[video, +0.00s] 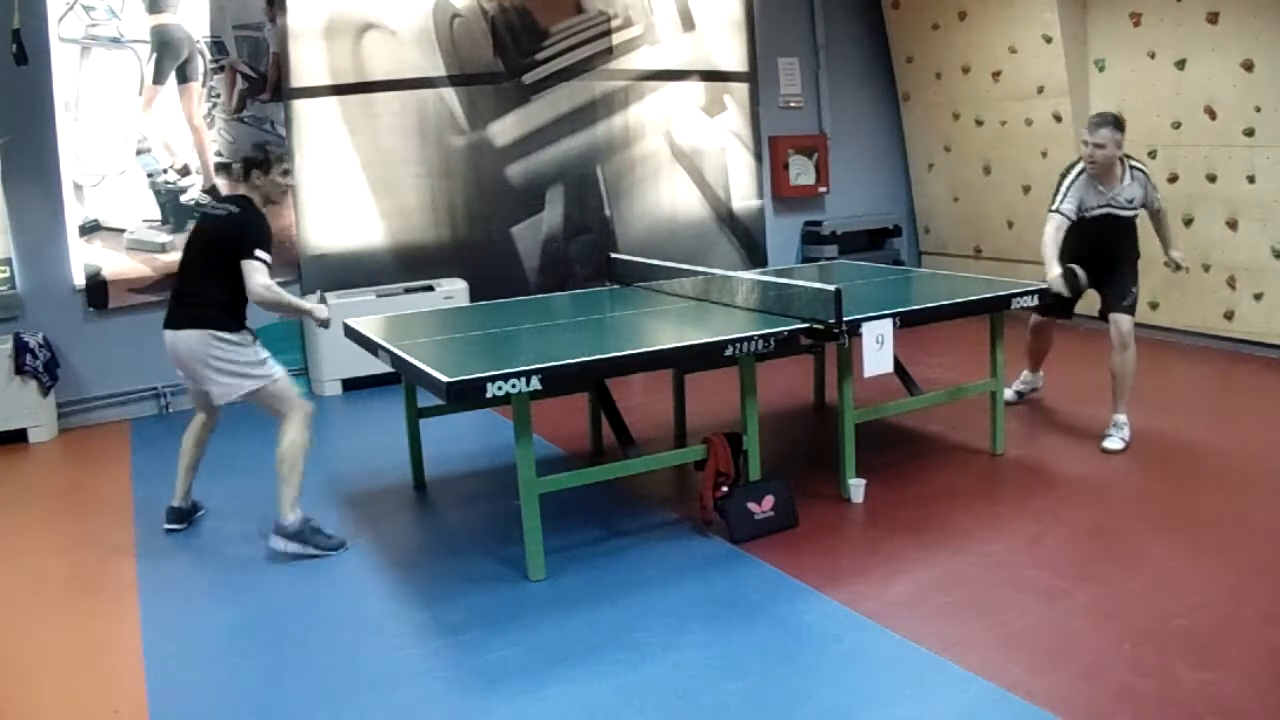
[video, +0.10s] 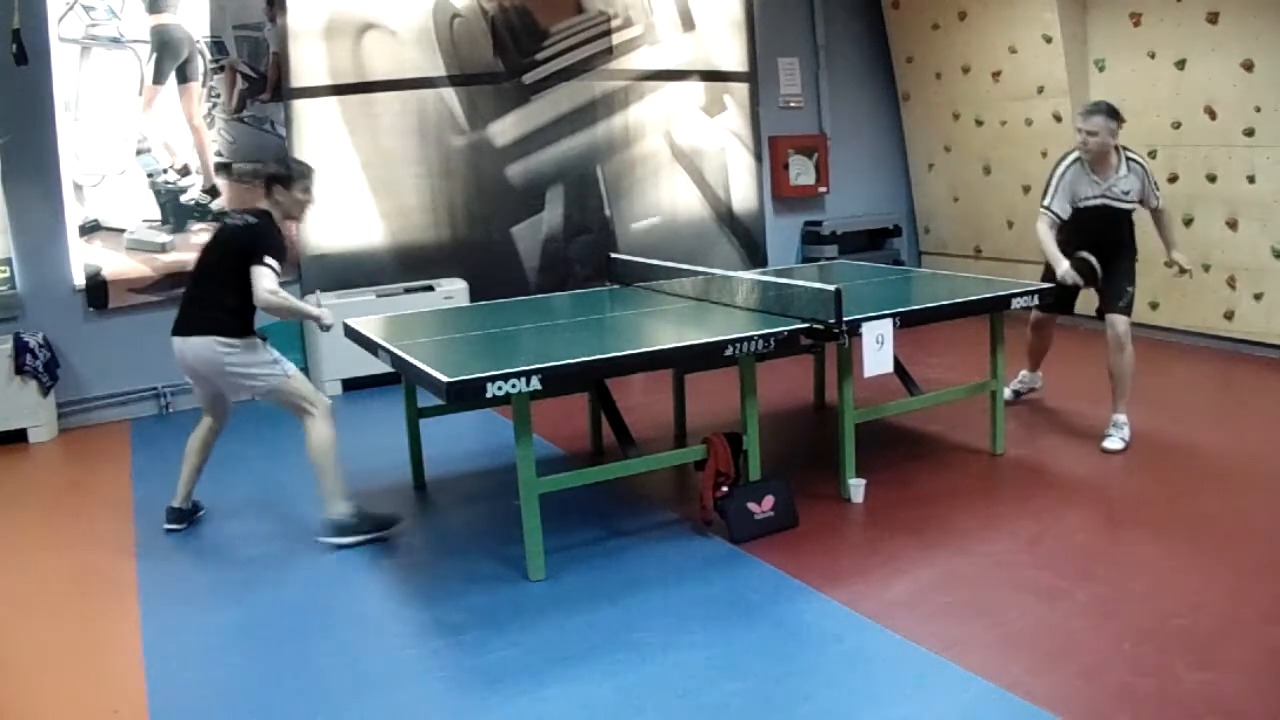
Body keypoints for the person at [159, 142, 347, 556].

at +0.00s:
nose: (289, 183)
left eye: (289, 174)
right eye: (283, 174)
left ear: (246, 177)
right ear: (257, 176)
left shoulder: (212, 214)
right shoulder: (252, 219)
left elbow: (186, 267)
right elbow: (259, 290)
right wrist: (309, 309)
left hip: (177, 333)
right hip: (216, 335)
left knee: (205, 413)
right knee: (296, 410)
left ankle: (178, 507)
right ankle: (290, 523)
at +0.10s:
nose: (309, 200)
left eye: (310, 192)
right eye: (303, 192)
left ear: (271, 193)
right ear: (276, 191)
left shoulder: (233, 226)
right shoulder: (264, 230)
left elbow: (211, 283)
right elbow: (264, 295)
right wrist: (314, 313)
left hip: (186, 340)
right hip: (227, 342)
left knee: (213, 416)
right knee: (316, 408)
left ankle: (179, 506)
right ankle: (340, 514)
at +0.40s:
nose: (384, 244)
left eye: (384, 235)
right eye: (380, 234)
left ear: (343, 229)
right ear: (357, 231)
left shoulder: (292, 255)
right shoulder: (357, 261)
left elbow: (244, 309)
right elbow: (418, 273)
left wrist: (211, 363)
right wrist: (466, 272)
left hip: (228, 362)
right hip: (275, 371)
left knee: (233, 427)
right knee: (369, 405)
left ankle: (183, 505)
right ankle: (377, 513)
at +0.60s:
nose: (372, 213)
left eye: (373, 206)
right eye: (369, 205)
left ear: (330, 202)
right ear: (345, 203)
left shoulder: (279, 232)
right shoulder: (353, 243)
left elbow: (235, 291)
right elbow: (425, 266)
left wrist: (208, 348)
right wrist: (475, 270)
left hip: (227, 352)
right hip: (274, 363)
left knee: (236, 421)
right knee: (362, 402)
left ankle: (188, 508)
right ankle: (377, 511)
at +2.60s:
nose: (258, 193)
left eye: (258, 184)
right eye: (253, 184)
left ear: (210, 185)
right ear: (227, 186)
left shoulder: (170, 226)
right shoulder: (211, 246)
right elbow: (253, 319)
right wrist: (318, 344)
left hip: (123, 372)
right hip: (168, 380)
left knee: (170, 438)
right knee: (260, 453)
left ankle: (131, 530)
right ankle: (265, 575)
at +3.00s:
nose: (88, 232)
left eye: (87, 222)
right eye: (79, 225)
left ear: (72, 224)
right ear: (51, 228)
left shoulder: (82, 259)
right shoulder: (9, 282)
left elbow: (114, 308)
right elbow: (16, 377)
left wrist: (163, 340)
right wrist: (64, 360)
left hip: (68, 392)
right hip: (18, 408)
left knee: (126, 461)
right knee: (36, 504)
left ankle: (88, 550)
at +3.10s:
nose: (35, 251)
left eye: (33, 241)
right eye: (24, 245)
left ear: (34, 241)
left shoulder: (44, 271)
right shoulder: (1, 303)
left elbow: (86, 313)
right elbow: (5, 403)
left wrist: (141, 336)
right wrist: (7, 358)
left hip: (52, 405)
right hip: (6, 425)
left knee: (120, 466)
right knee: (8, 516)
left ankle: (88, 550)